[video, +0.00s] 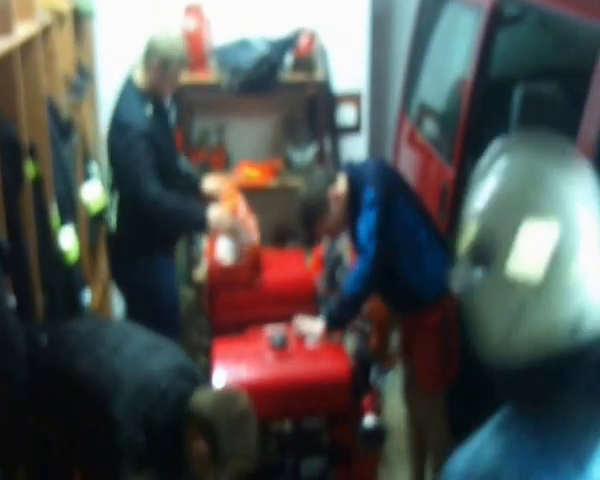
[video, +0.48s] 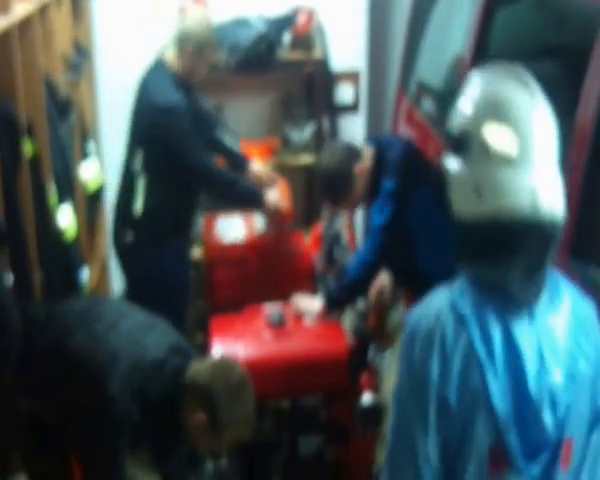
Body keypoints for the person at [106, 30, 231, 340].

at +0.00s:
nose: (177, 81)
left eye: (180, 73)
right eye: (174, 72)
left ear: (161, 68)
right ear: (155, 67)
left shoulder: (157, 103)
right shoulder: (132, 119)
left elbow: (169, 168)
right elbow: (147, 196)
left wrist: (202, 183)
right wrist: (206, 218)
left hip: (156, 241)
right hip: (140, 249)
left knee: (157, 336)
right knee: (163, 340)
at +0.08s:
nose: (184, 79)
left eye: (185, 71)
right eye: (181, 70)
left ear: (164, 64)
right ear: (161, 65)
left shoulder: (155, 100)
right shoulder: (141, 117)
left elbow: (175, 153)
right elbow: (162, 191)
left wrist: (211, 173)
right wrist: (219, 209)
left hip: (157, 234)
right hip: (147, 243)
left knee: (159, 328)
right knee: (164, 335)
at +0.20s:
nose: (190, 77)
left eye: (191, 68)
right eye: (188, 68)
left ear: (171, 61)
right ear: (168, 61)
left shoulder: (156, 94)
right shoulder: (148, 111)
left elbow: (184, 143)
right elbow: (175, 184)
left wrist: (224, 170)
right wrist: (233, 204)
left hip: (156, 232)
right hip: (151, 242)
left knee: (160, 323)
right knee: (165, 328)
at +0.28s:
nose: (194, 77)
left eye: (196, 69)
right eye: (192, 69)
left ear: (175, 59)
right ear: (172, 59)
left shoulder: (159, 90)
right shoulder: (152, 108)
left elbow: (190, 137)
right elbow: (181, 178)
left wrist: (230, 165)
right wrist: (241, 200)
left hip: (159, 230)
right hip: (153, 240)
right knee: (165, 330)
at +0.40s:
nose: (204, 73)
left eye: (206, 66)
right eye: (202, 65)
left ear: (183, 54)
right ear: (184, 56)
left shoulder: (167, 84)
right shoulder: (163, 104)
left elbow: (203, 135)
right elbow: (193, 172)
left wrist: (242, 167)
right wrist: (253, 199)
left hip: (160, 228)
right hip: (153, 237)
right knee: (164, 330)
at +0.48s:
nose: (208, 72)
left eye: (210, 64)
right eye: (207, 64)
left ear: (186, 51)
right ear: (190, 54)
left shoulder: (169, 82)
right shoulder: (168, 100)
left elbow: (208, 132)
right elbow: (199, 169)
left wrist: (246, 167)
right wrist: (257, 197)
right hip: (154, 234)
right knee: (164, 327)